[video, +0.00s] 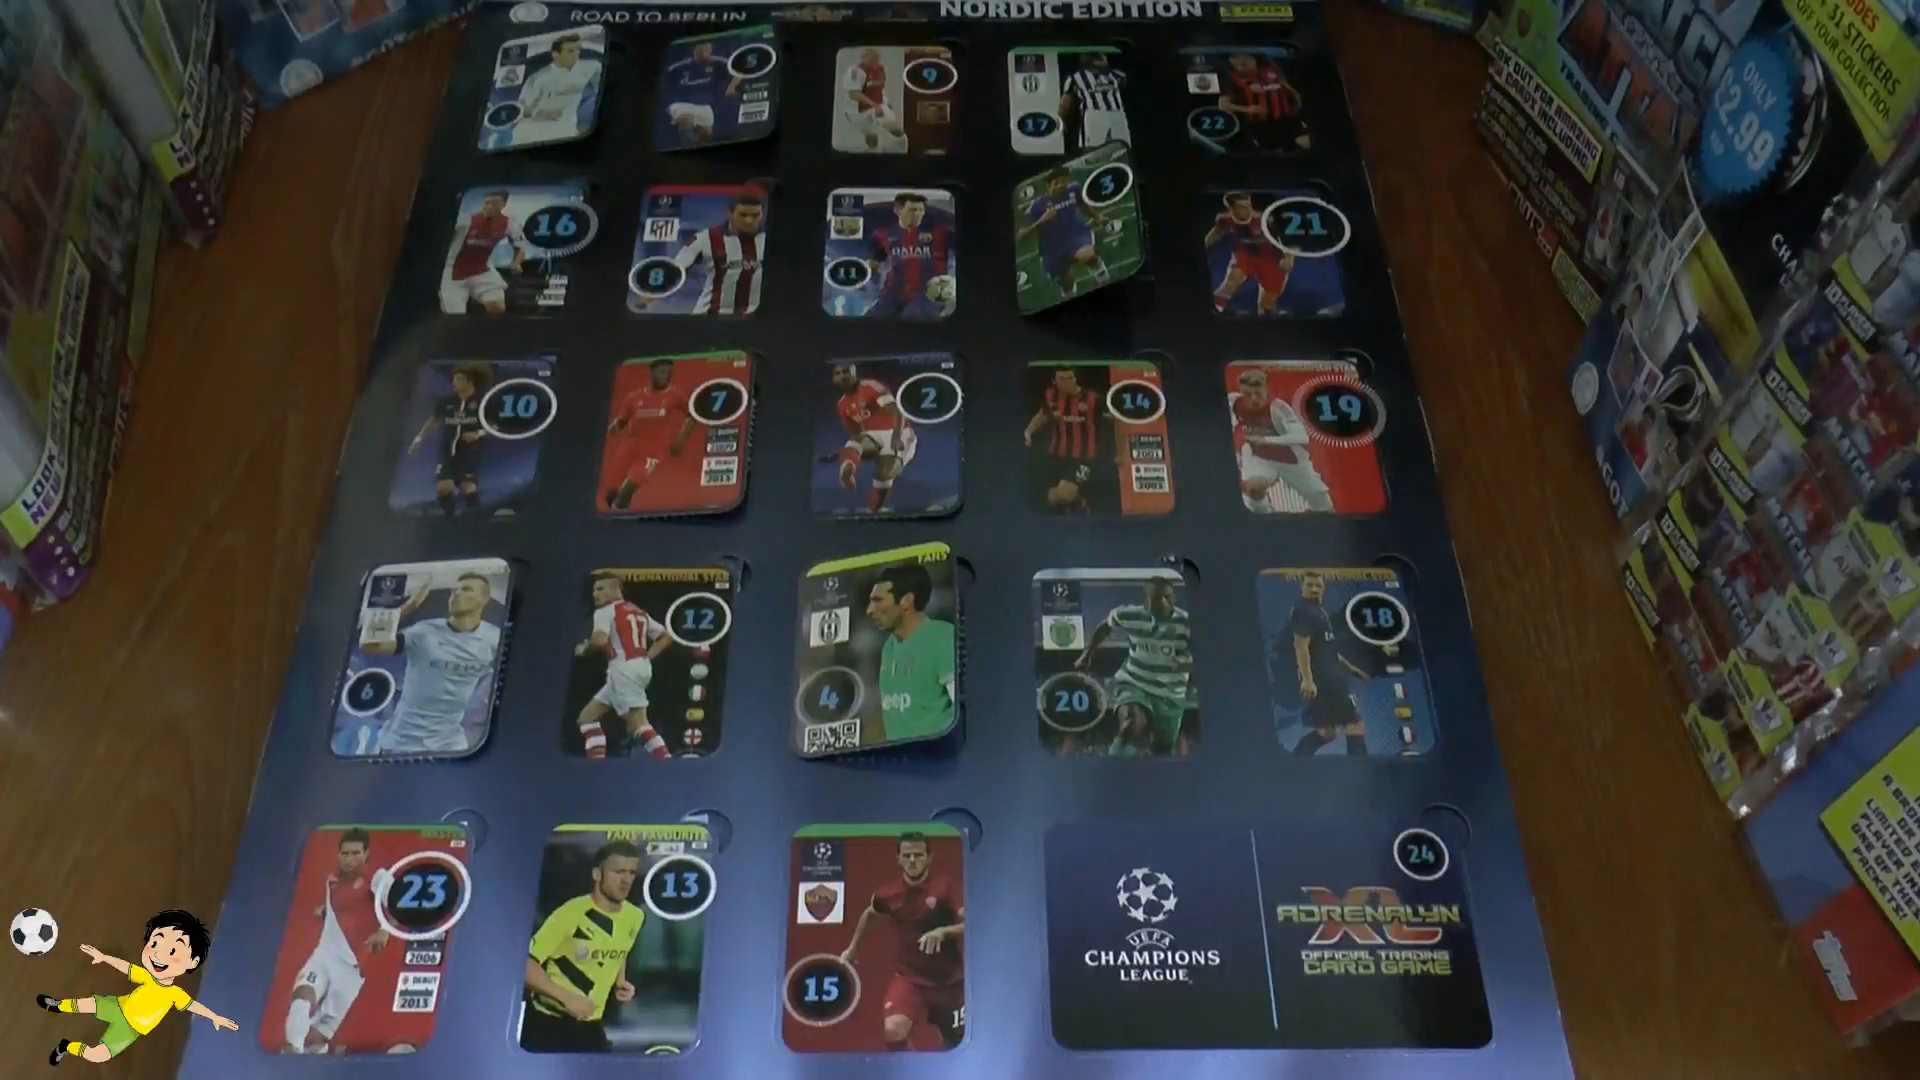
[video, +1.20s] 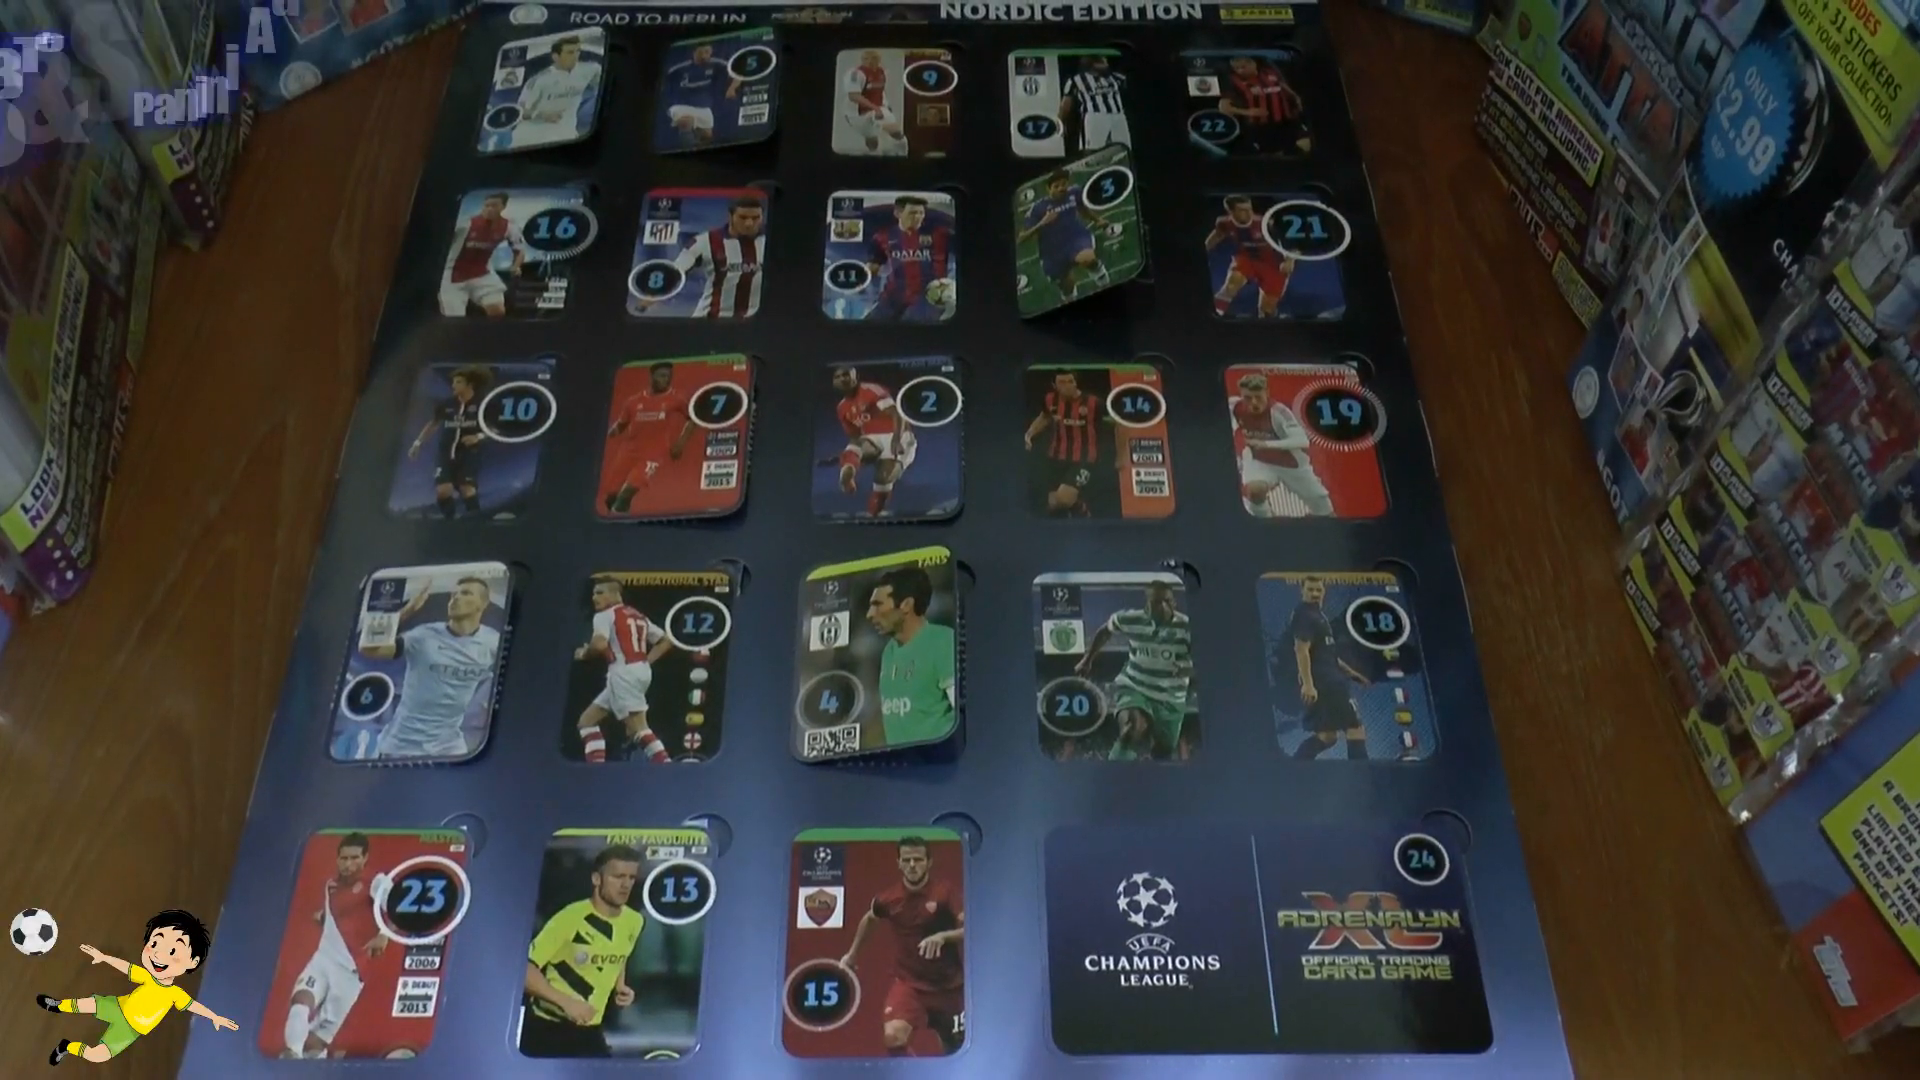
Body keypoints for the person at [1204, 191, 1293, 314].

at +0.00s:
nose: (1246, 211)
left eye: (1248, 206)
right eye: (1241, 207)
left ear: (1251, 206)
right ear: (1231, 208)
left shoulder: (1265, 220)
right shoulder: (1224, 220)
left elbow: (1286, 238)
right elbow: (1208, 243)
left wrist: (1288, 257)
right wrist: (1219, 230)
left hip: (1270, 258)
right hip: (1243, 255)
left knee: (1267, 305)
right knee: (1230, 284)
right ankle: (1213, 315)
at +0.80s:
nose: (1246, 211)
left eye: (1248, 207)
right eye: (1242, 208)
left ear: (1251, 206)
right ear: (1231, 209)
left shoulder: (1264, 220)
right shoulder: (1224, 221)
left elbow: (1286, 237)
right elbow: (1207, 243)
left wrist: (1288, 257)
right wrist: (1218, 231)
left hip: (1270, 260)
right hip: (1243, 256)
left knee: (1265, 305)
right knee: (1229, 285)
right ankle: (1211, 320)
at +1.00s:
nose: (1247, 213)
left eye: (1249, 208)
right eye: (1242, 209)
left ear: (1252, 208)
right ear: (1232, 211)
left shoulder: (1266, 222)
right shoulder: (1225, 223)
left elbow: (1287, 238)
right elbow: (1218, 233)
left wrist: (1289, 258)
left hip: (1272, 262)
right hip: (1245, 258)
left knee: (1267, 307)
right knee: (1230, 285)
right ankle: (1213, 319)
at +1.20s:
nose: (1247, 214)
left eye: (1249, 210)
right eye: (1242, 210)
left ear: (1252, 209)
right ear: (1232, 212)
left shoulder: (1266, 223)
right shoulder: (1225, 224)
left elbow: (1288, 241)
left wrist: (1289, 260)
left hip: (1272, 263)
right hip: (1245, 260)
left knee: (1267, 309)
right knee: (1230, 288)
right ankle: (1212, 321)